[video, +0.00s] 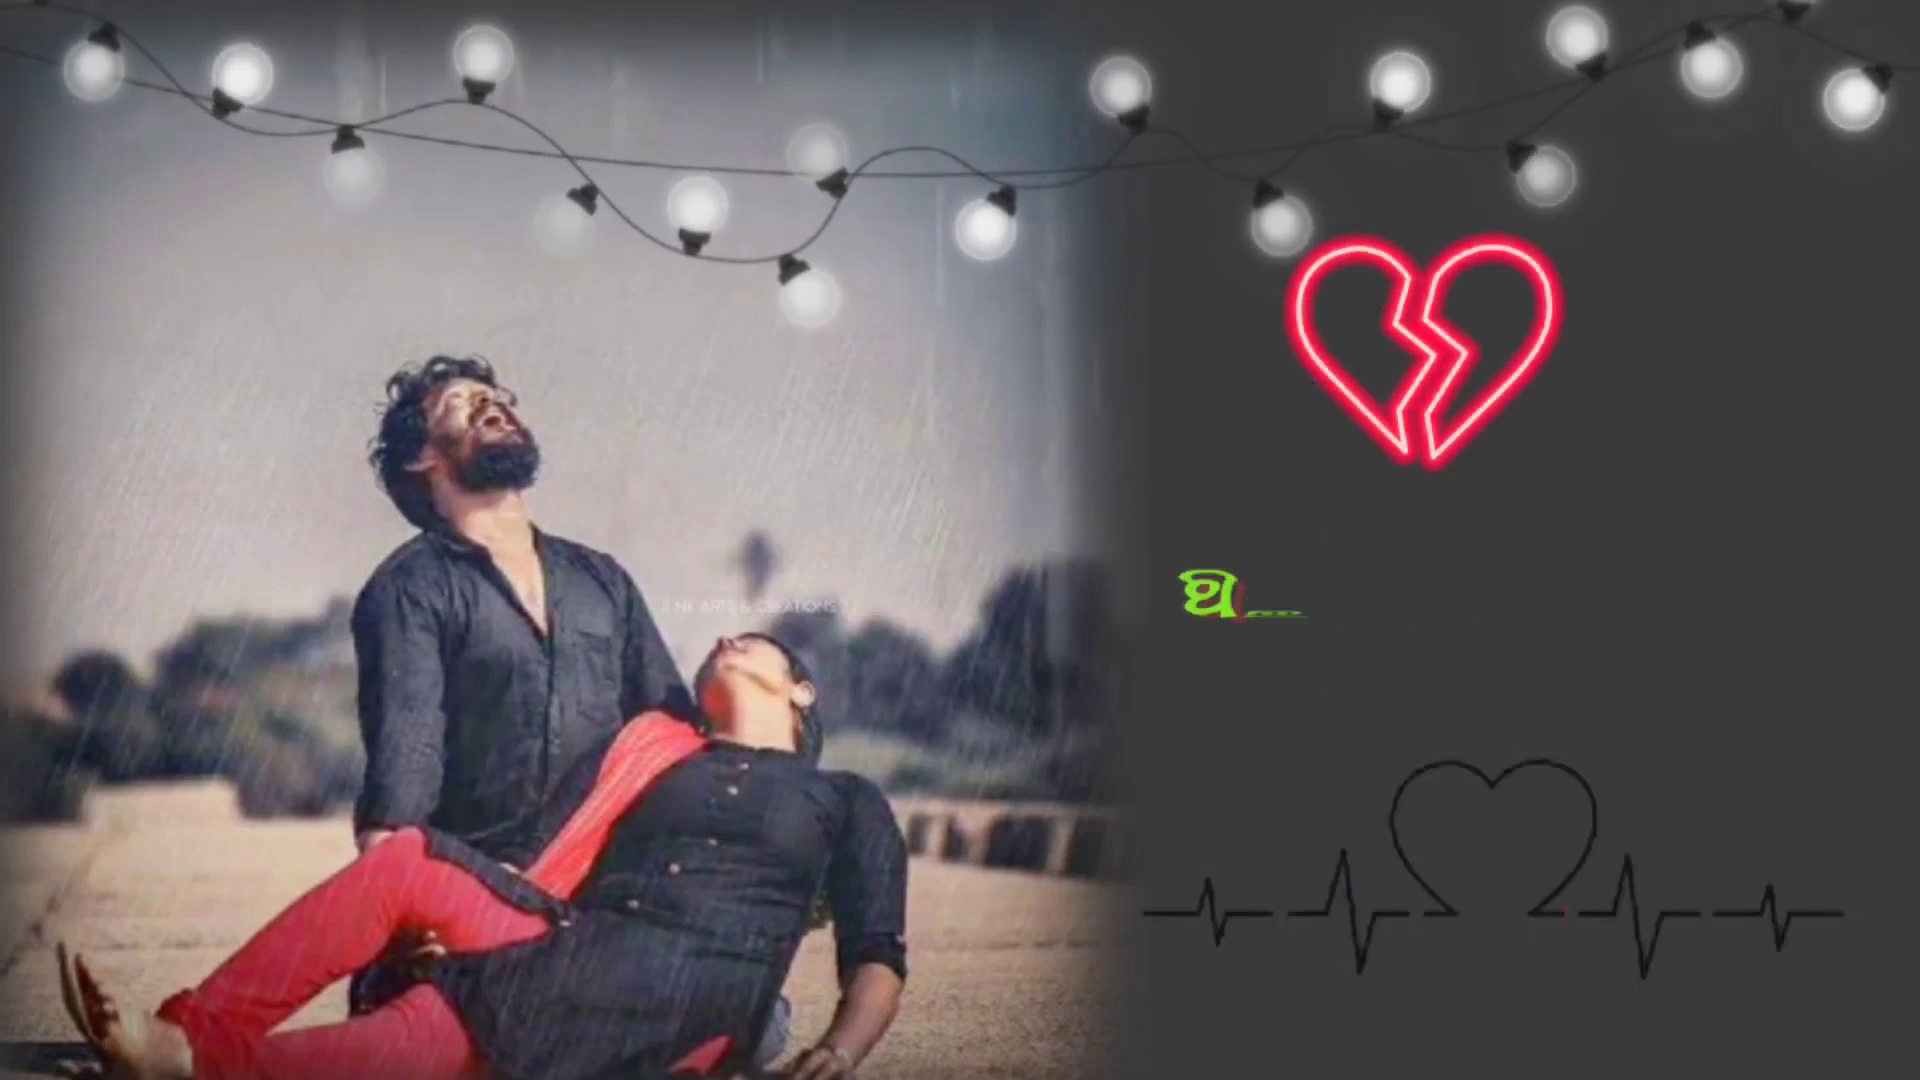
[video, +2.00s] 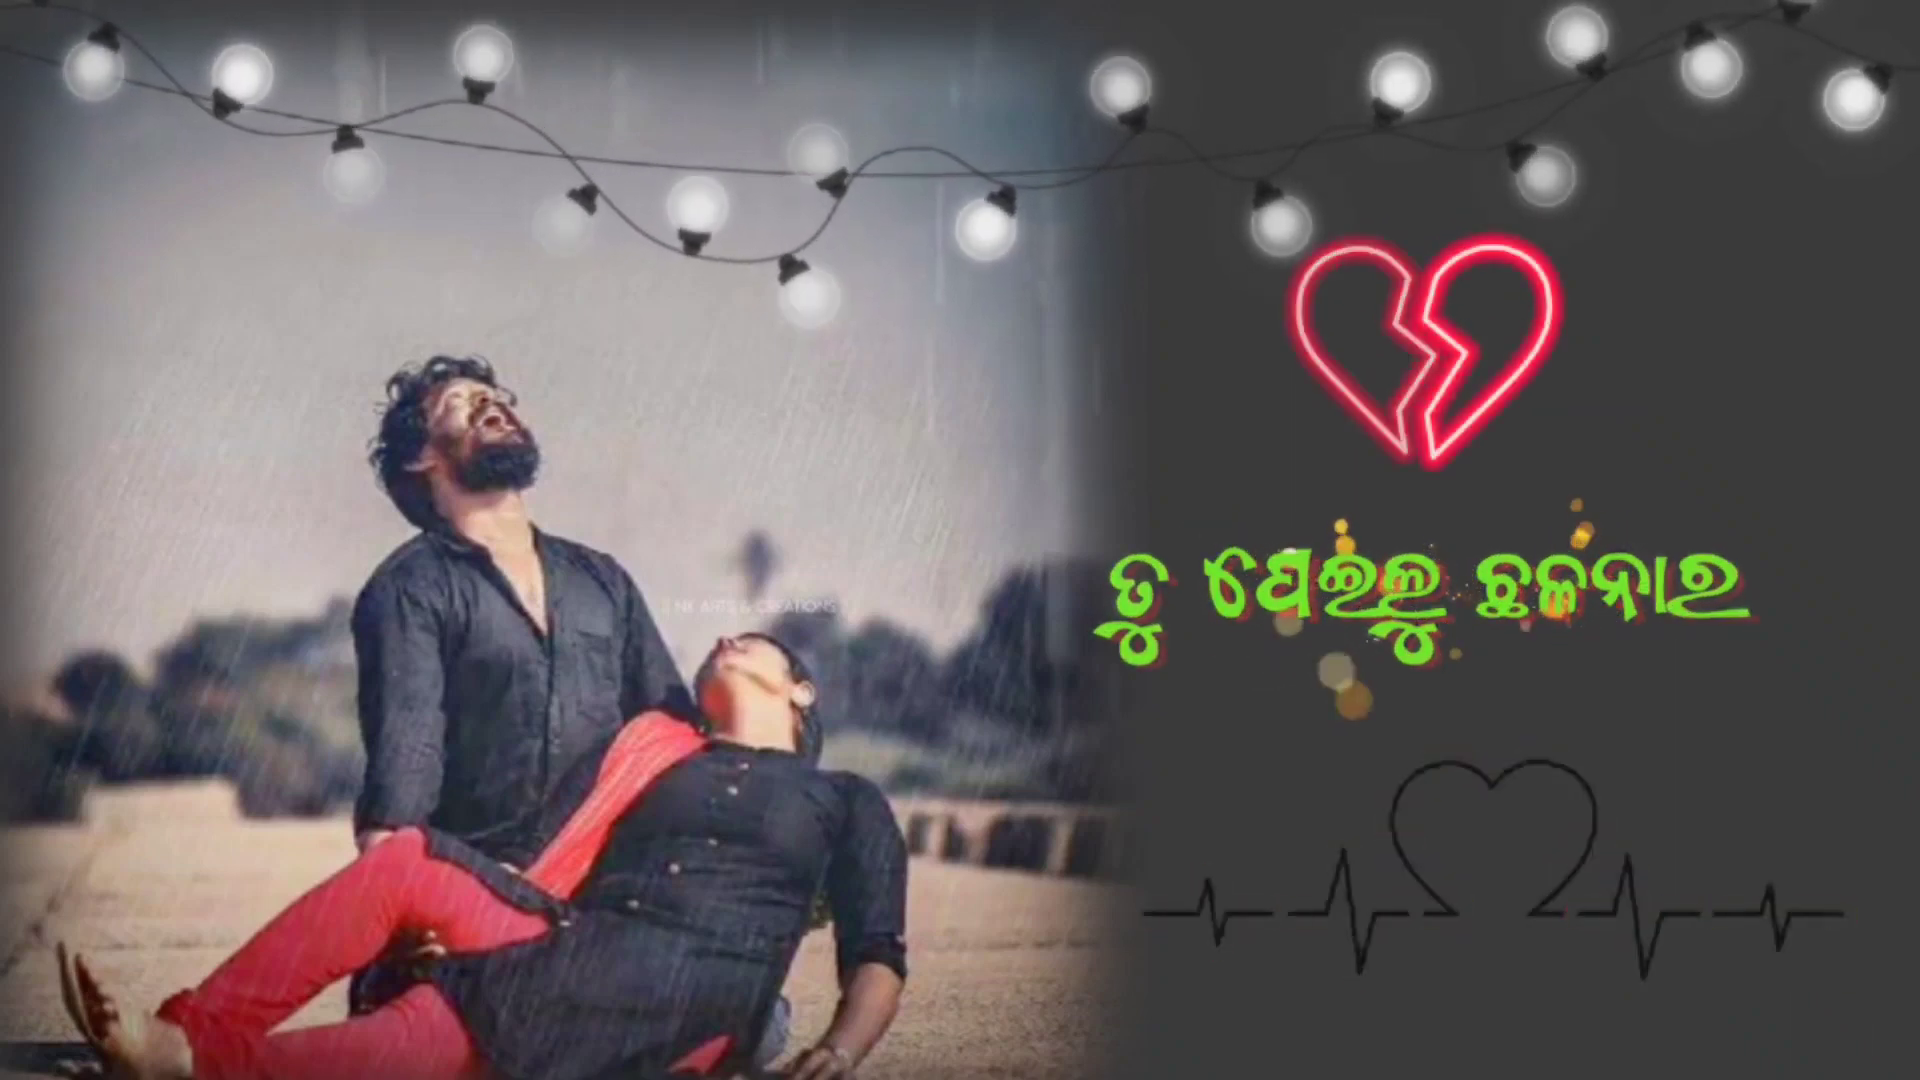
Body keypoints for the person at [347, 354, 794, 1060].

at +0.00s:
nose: (496, 408)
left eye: (502, 401)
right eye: (463, 406)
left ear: (525, 438)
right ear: (421, 462)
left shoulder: (602, 578)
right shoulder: (410, 587)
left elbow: (678, 729)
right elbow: (404, 754)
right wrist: (387, 904)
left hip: (617, 884)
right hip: (462, 891)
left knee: (760, 1022)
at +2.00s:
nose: (496, 408)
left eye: (502, 401)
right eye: (463, 406)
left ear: (525, 438)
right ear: (421, 462)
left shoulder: (602, 578)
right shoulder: (410, 587)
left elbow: (678, 728)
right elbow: (404, 753)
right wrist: (387, 904)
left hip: (617, 883)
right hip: (462, 890)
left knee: (760, 1022)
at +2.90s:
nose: (496, 408)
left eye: (502, 401)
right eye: (463, 406)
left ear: (525, 438)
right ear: (421, 462)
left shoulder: (602, 578)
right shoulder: (410, 587)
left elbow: (678, 728)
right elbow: (404, 753)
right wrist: (387, 904)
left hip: (617, 883)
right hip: (462, 890)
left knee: (760, 1022)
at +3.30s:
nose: (496, 408)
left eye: (502, 401)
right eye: (463, 406)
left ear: (525, 438)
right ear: (421, 462)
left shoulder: (602, 578)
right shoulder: (410, 587)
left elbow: (678, 728)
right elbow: (404, 753)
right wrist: (387, 904)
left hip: (617, 883)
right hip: (462, 890)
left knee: (760, 1022)